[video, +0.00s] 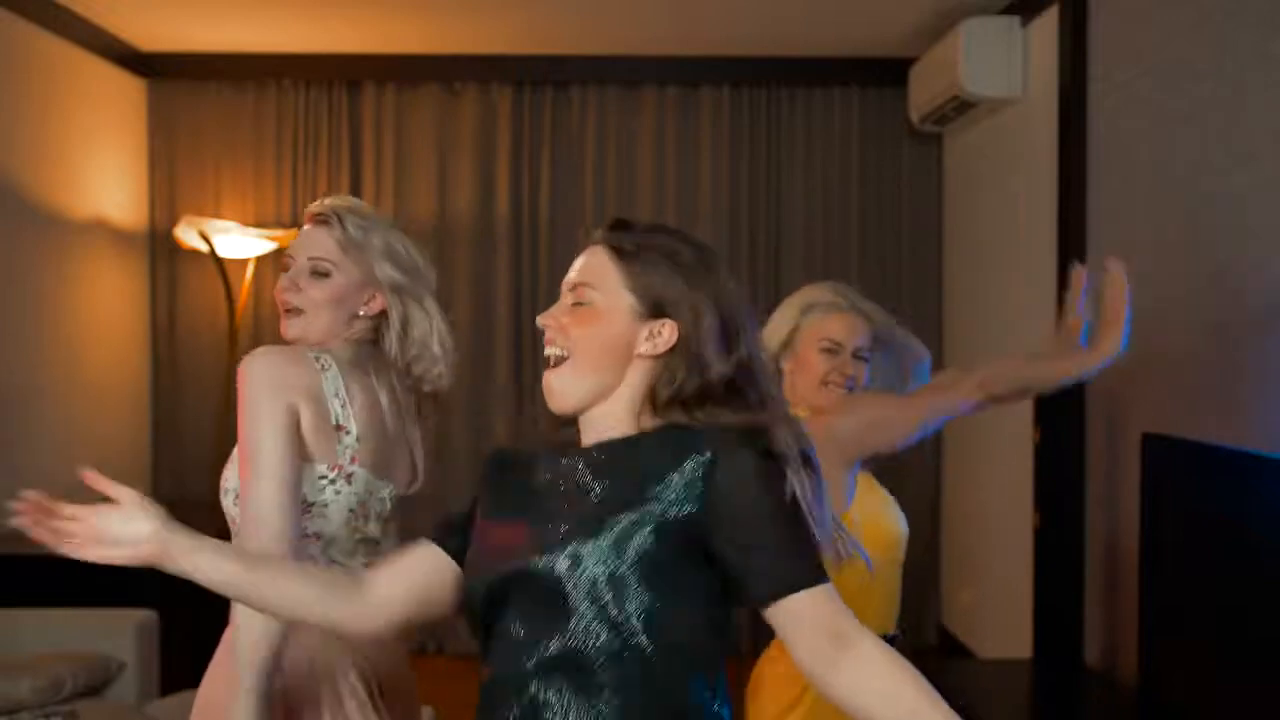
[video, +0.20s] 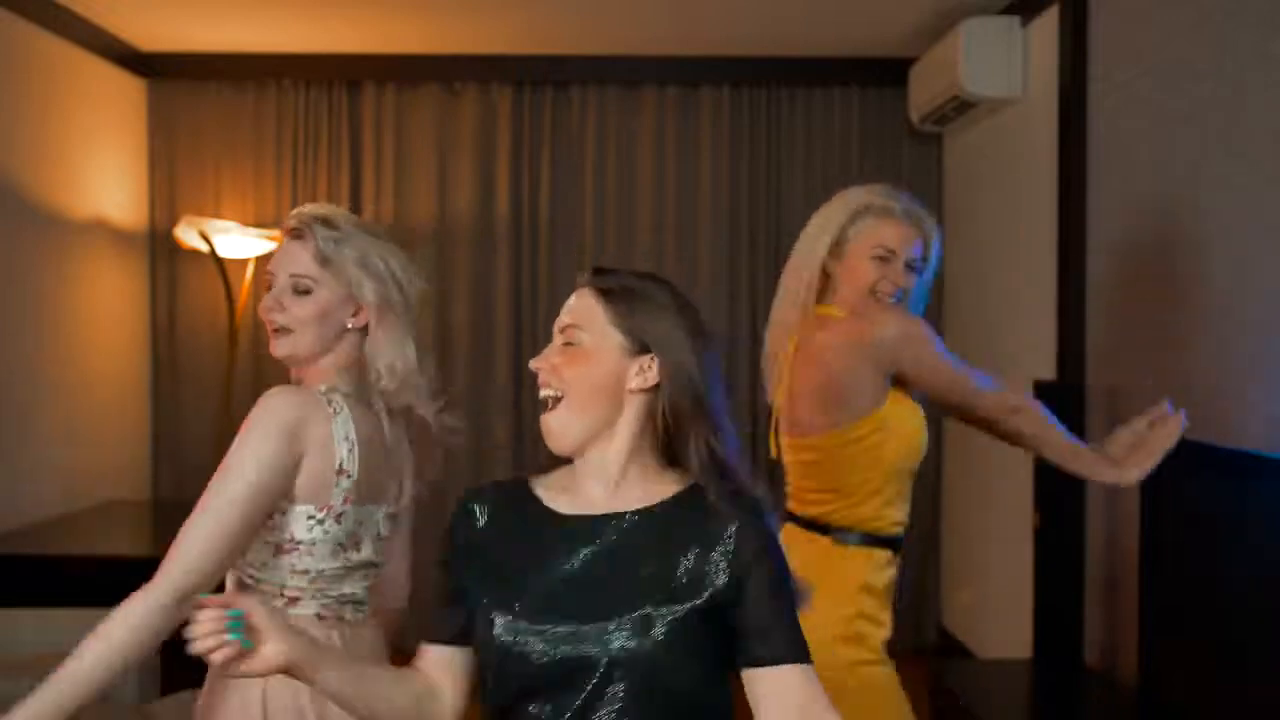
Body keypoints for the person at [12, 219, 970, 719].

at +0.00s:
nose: (545, 321)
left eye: (578, 301)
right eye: (555, 299)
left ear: (660, 339)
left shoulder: (719, 466)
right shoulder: (513, 482)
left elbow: (841, 654)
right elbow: (363, 602)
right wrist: (169, 545)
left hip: (664, 710)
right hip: (513, 711)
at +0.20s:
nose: (538, 365)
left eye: (570, 342)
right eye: (549, 343)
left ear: (644, 372)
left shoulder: (724, 532)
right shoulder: (488, 520)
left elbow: (798, 709)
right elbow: (435, 696)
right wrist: (296, 652)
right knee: (257, 695)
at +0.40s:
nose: (521, 323)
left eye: (551, 296)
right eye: (524, 301)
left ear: (632, 319)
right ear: (529, 324)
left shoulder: (704, 459)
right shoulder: (478, 424)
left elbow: (742, 645)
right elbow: (336, 577)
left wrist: (847, 631)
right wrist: (141, 625)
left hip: (656, 719)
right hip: (498, 712)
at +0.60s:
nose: (494, 375)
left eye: (525, 350)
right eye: (493, 354)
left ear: (598, 373)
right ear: (485, 376)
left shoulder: (660, 521)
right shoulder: (437, 505)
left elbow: (700, 689)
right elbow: (398, 688)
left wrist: (822, 692)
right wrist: (295, 643)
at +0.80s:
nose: (477, 336)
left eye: (505, 313)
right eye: (472, 317)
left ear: (576, 332)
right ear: (464, 334)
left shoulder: (632, 447)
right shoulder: (434, 431)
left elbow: (638, 574)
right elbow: (338, 567)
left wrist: (698, 621)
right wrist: (249, 590)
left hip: (609, 709)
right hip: (470, 707)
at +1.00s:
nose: (489, 349)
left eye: (515, 327)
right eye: (475, 330)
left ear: (574, 341)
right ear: (463, 348)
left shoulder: (618, 464)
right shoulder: (438, 478)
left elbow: (627, 614)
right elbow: (432, 687)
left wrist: (722, 596)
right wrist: (390, 594)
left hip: (631, 708)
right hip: (505, 710)